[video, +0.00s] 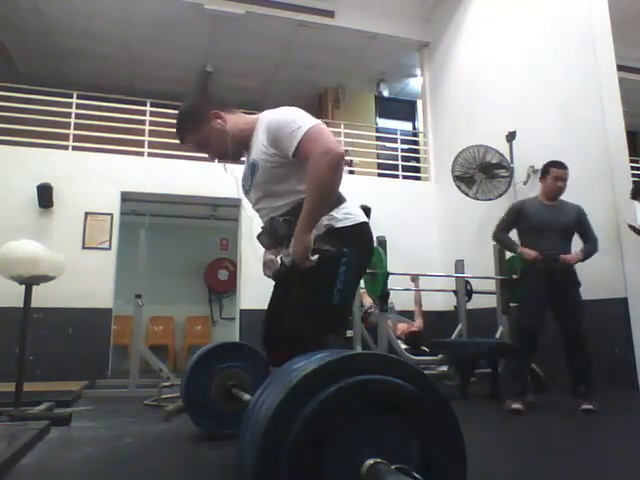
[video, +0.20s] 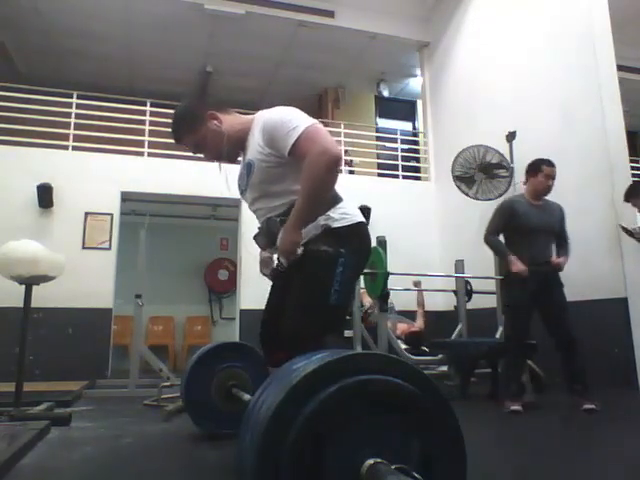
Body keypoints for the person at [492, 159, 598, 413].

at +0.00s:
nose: (560, 185)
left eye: (564, 180)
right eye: (556, 179)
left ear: (567, 183)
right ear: (543, 179)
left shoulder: (574, 212)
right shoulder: (522, 209)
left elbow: (592, 243)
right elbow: (498, 234)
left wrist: (577, 256)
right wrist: (520, 250)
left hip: (564, 280)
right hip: (533, 281)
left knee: (574, 335)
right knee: (526, 335)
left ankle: (583, 396)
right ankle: (517, 395)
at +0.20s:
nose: (551, 183)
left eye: (553, 179)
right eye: (547, 178)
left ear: (551, 181)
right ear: (530, 177)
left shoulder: (555, 210)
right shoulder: (510, 207)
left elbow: (562, 240)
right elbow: (490, 236)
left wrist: (563, 257)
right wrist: (510, 259)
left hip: (548, 280)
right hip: (518, 282)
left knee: (565, 335)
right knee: (516, 339)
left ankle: (580, 394)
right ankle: (512, 396)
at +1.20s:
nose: (574, 208)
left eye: (574, 204)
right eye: (570, 203)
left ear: (558, 206)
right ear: (555, 204)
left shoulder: (563, 238)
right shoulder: (528, 224)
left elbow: (567, 268)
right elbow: (499, 244)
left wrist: (564, 296)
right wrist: (510, 279)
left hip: (531, 290)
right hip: (505, 288)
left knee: (566, 329)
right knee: (504, 334)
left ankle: (563, 391)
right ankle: (499, 395)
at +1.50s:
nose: (564, 245)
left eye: (564, 240)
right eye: (561, 240)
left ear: (551, 242)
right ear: (548, 241)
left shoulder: (556, 267)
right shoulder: (519, 259)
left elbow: (562, 286)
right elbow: (486, 276)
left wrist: (558, 307)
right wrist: (497, 310)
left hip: (527, 314)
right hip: (500, 315)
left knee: (571, 334)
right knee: (503, 335)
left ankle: (564, 392)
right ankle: (497, 397)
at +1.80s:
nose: (533, 244)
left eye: (533, 239)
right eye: (531, 239)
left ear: (519, 241)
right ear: (521, 240)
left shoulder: (527, 266)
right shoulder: (497, 263)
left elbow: (533, 294)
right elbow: (482, 289)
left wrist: (545, 312)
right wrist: (507, 314)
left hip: (522, 319)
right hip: (496, 321)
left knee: (567, 334)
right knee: (511, 338)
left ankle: (564, 392)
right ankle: (498, 396)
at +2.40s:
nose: (514, 242)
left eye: (513, 239)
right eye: (512, 238)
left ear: (499, 240)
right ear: (503, 239)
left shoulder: (510, 268)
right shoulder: (480, 260)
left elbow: (509, 300)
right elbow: (461, 284)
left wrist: (526, 313)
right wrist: (479, 295)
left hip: (517, 317)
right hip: (494, 317)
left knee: (570, 332)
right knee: (507, 334)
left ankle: (573, 392)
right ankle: (501, 397)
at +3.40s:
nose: (523, 246)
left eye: (524, 241)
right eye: (521, 241)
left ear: (510, 239)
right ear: (507, 239)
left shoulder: (519, 265)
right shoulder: (483, 261)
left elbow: (527, 292)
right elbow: (465, 282)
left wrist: (554, 303)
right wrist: (458, 289)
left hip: (522, 319)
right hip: (494, 319)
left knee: (570, 332)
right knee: (510, 332)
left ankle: (573, 394)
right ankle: (502, 397)